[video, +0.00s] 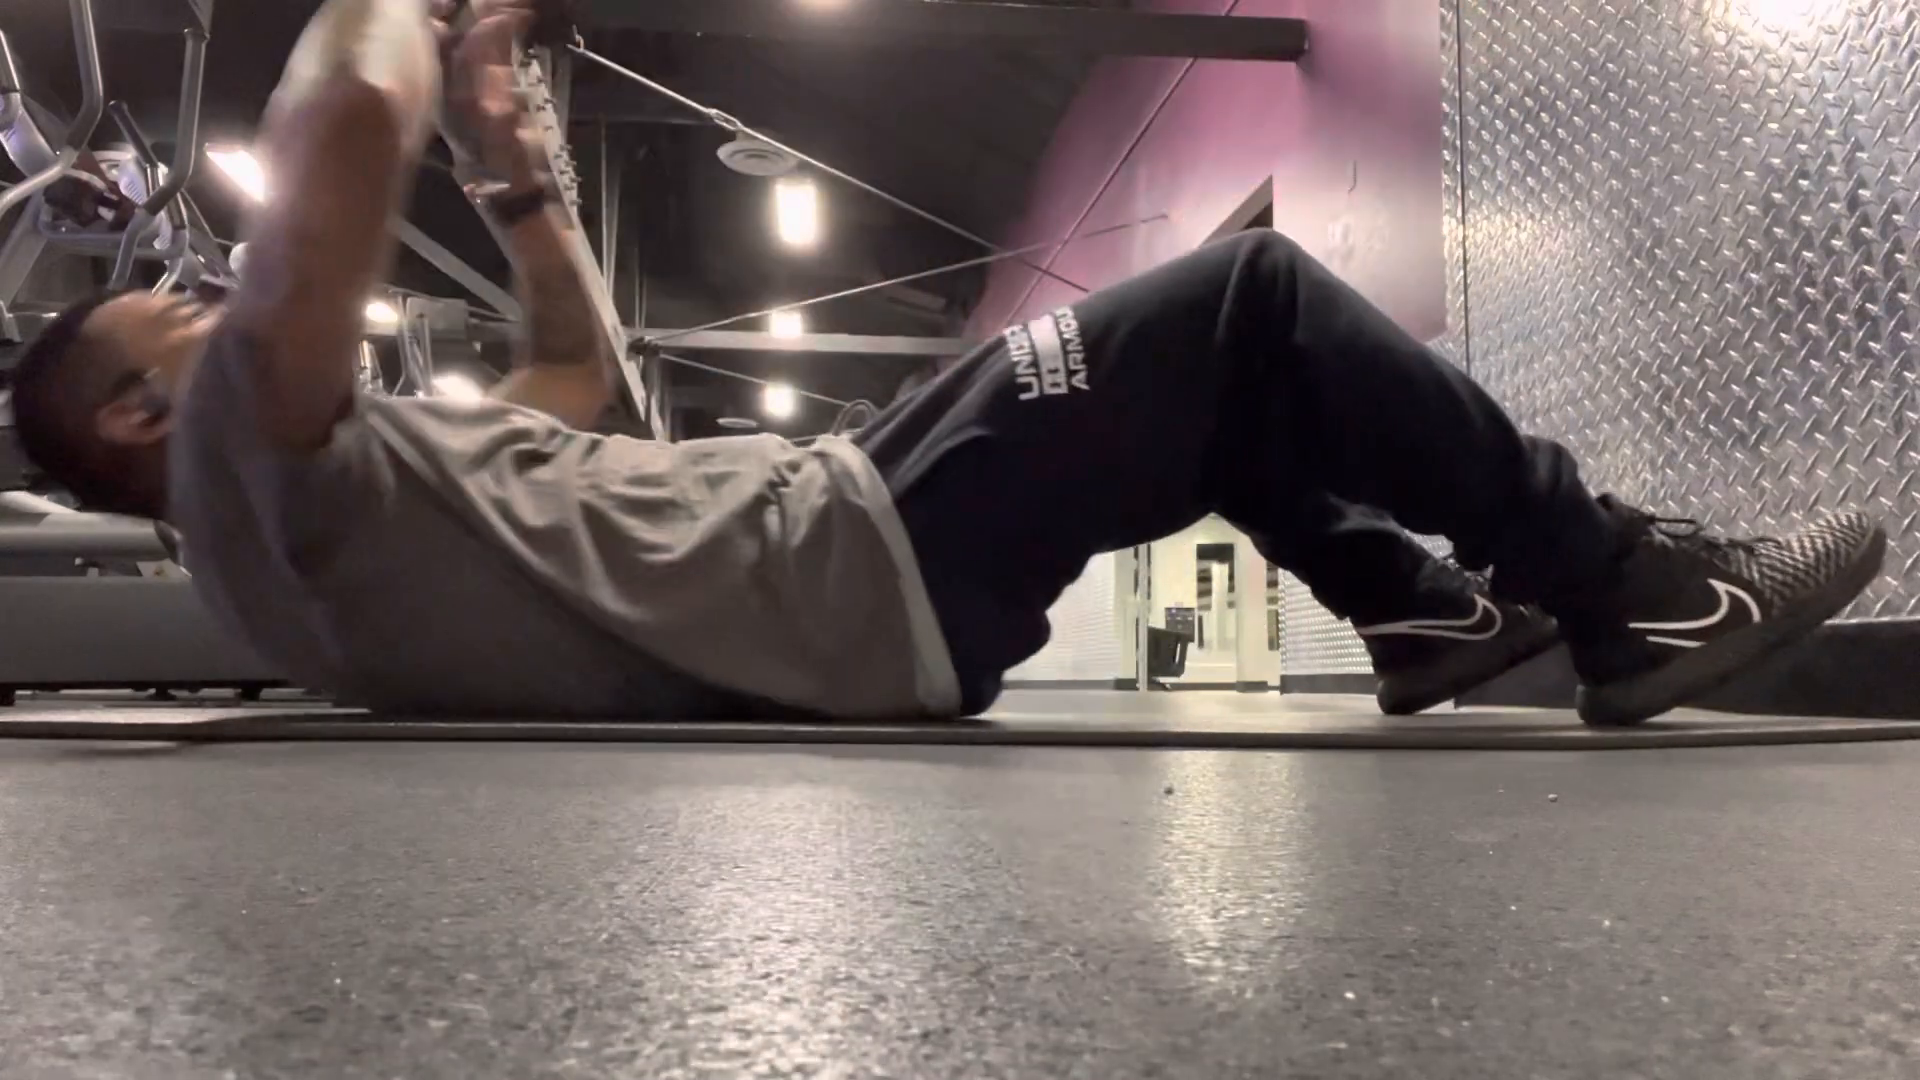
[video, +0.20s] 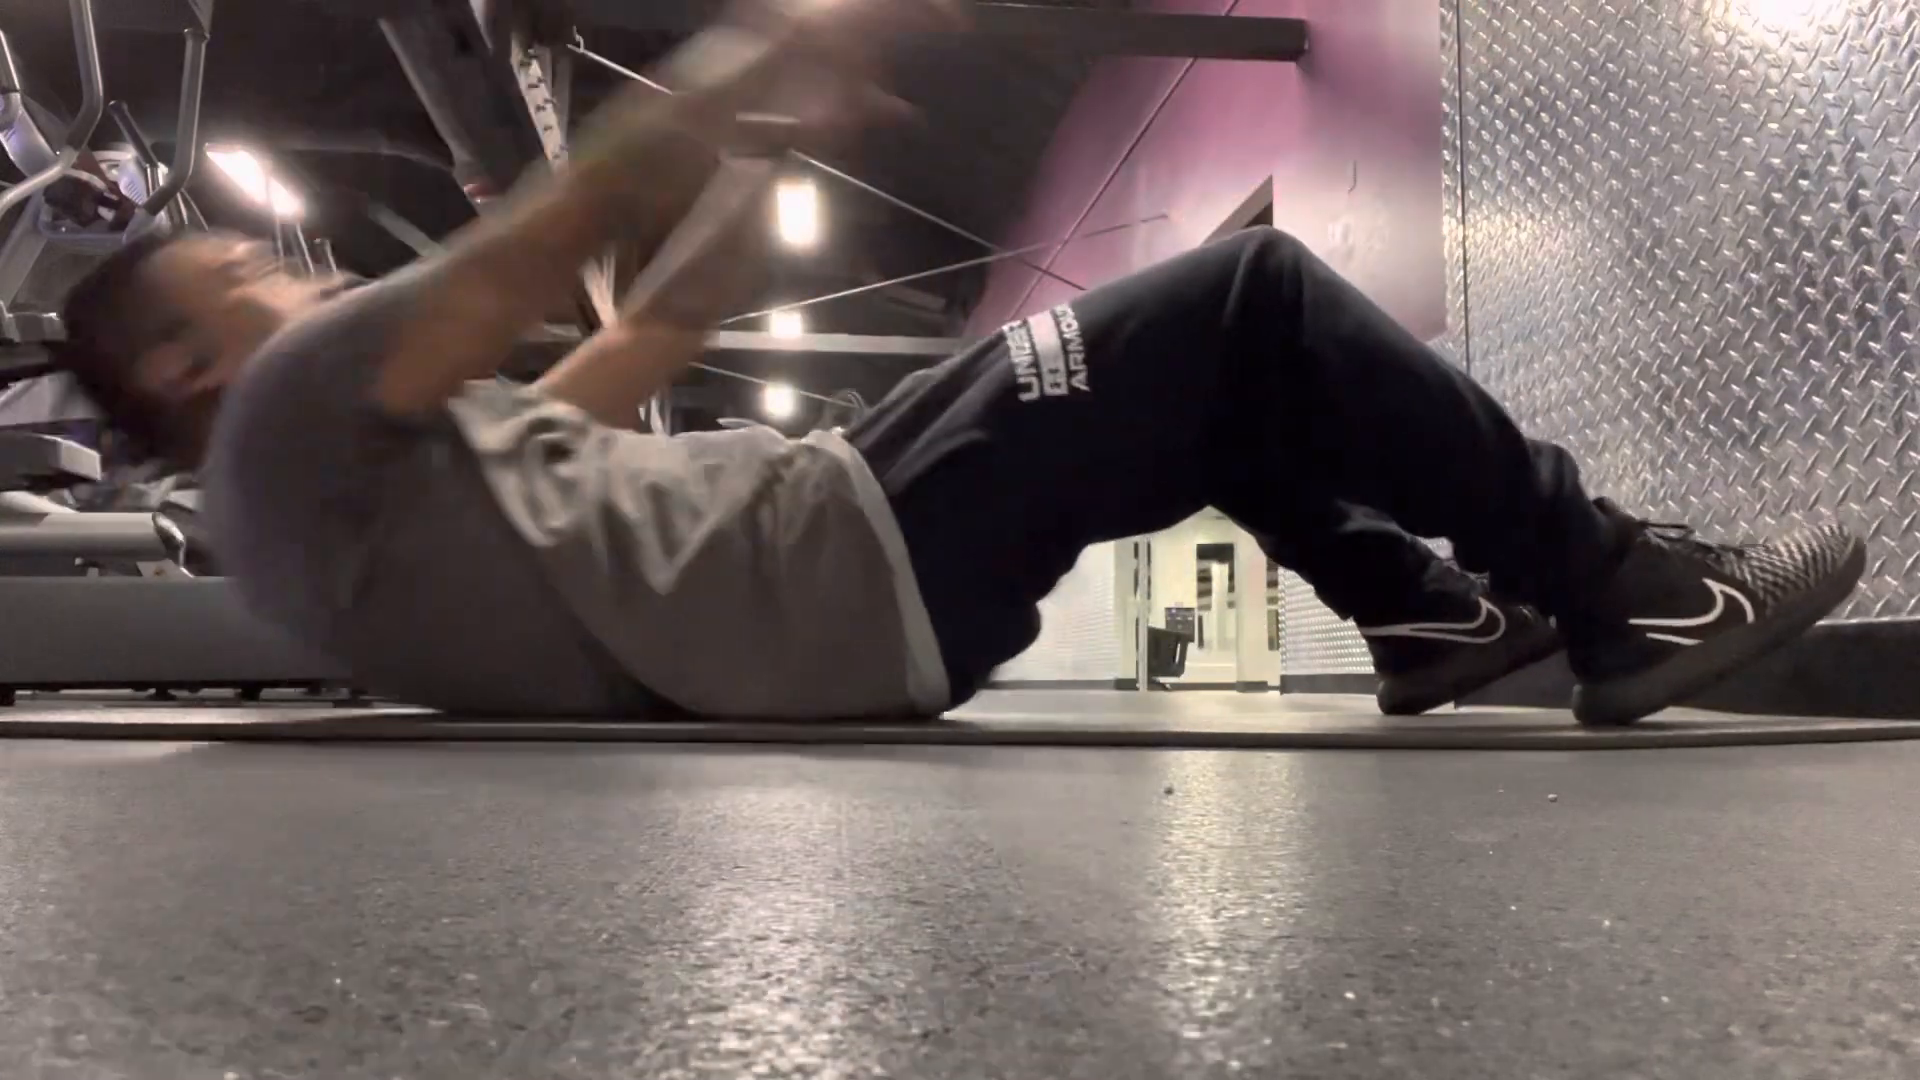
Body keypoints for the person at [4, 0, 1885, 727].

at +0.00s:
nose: (191, 306)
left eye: (167, 304)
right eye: (145, 323)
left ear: (189, 377)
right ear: (122, 428)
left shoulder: (332, 477)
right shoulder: (241, 485)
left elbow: (593, 440)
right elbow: (338, 99)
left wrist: (531, 220)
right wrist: (397, 38)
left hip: (820, 537)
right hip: (851, 574)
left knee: (1198, 341)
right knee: (1244, 287)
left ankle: (1432, 616)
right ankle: (1639, 585)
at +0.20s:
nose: (290, 260)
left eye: (263, 246)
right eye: (233, 264)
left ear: (245, 321)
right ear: (163, 381)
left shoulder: (358, 470)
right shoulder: (276, 439)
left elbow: (620, 361)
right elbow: (529, 243)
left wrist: (743, 169)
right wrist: (712, 92)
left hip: (804, 545)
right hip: (848, 580)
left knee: (1187, 336)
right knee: (1246, 288)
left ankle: (1433, 620)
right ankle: (1635, 593)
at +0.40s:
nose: (612, 96)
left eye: (593, 72)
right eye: (563, 79)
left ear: (493, 136)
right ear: (461, 137)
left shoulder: (555, 298)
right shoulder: (488, 244)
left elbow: (854, 326)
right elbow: (821, 220)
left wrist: (1061, 228)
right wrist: (1089, 141)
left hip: (901, 571)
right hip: (902, 607)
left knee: (1210, 319)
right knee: (1275, 293)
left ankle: (1453, 618)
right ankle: (1661, 589)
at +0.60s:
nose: (936, 25)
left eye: (932, 18)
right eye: (918, 9)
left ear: (802, 18)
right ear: (844, 3)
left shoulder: (766, 201)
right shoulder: (758, 102)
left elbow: (976, 385)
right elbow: (1045, 179)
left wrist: (1160, 259)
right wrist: (1364, 44)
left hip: (947, 608)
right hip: (958, 609)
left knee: (1214, 316)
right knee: (1282, 279)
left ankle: (1445, 614)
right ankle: (1658, 590)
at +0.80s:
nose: (1235, 43)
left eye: (1231, 38)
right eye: (1219, 28)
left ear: (1113, 28)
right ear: (1145, 20)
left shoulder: (1042, 137)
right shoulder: (1020, 72)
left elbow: (1067, 399)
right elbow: (878, 222)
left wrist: (1194, 286)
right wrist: (1248, 84)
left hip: (1018, 618)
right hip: (1022, 619)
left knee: (1248, 326)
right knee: (1350, 280)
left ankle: (1443, 625)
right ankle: (1698, 609)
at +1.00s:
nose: (1191, 43)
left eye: (1192, 24)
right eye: (1176, 16)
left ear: (1086, 20)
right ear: (1096, 3)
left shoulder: (988, 116)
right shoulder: (1002, 85)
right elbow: (977, 279)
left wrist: (1354, 192)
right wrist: (1360, 176)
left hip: (1024, 621)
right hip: (1052, 618)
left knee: (1289, 322)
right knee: (1361, 283)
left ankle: (1448, 628)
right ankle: (1695, 610)